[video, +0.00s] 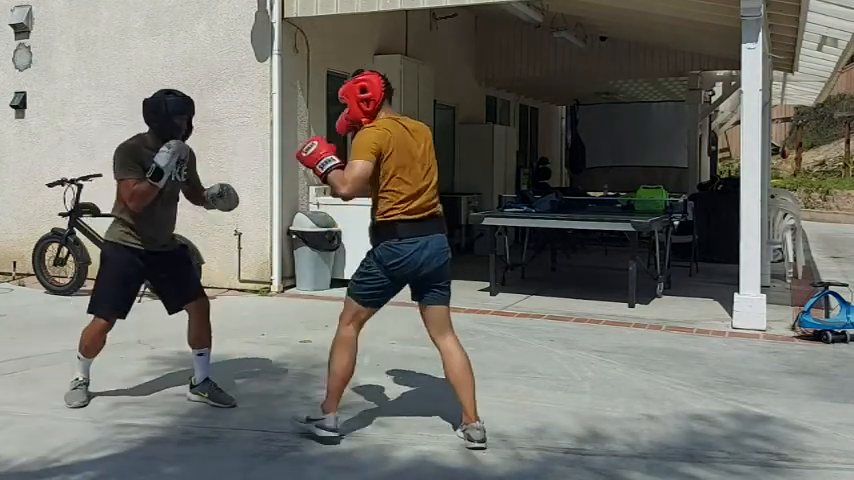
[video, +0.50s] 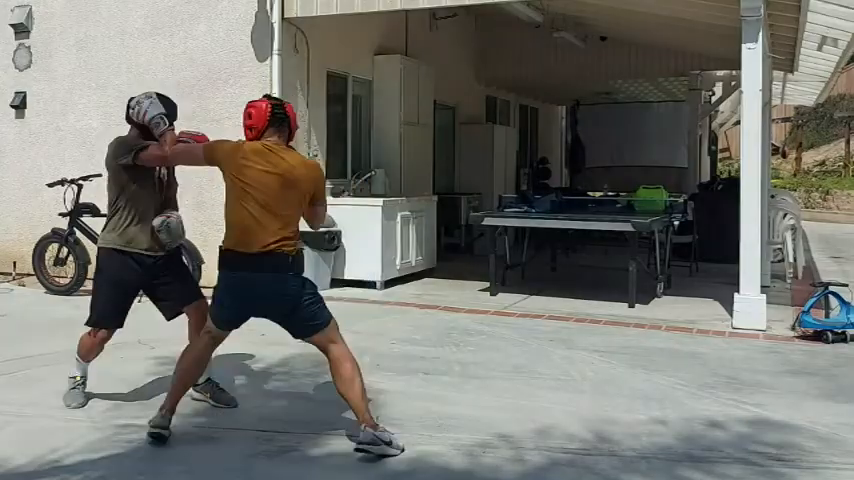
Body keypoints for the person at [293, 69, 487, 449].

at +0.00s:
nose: (347, 112)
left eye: (348, 105)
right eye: (346, 105)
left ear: (363, 104)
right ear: (385, 101)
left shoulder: (371, 134)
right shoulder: (421, 129)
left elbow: (347, 187)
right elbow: (379, 180)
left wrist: (324, 163)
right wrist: (354, 141)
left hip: (395, 246)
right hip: (436, 242)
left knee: (349, 324)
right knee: (445, 334)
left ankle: (329, 416)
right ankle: (472, 422)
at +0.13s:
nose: (334, 126)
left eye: (334, 120)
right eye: (333, 120)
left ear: (347, 116)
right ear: (371, 113)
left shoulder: (350, 147)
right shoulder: (402, 145)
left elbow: (306, 190)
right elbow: (353, 190)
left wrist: (302, 152)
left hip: (369, 266)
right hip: (412, 261)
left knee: (312, 328)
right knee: (432, 343)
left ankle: (291, 419)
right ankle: (472, 422)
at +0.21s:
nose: (313, 123)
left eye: (315, 117)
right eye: (314, 116)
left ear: (328, 117)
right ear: (355, 117)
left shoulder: (324, 146)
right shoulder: (386, 147)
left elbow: (269, 178)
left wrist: (283, 150)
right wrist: (306, 147)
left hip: (346, 265)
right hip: (391, 260)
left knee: (289, 326)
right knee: (421, 338)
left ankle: (265, 411)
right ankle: (470, 416)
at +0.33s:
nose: (273, 129)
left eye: (277, 124)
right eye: (321, 124)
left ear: (283, 126)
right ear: (318, 126)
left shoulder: (267, 153)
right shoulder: (344, 159)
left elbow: (214, 149)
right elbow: (357, 199)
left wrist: (188, 132)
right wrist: (328, 167)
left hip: (297, 274)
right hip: (346, 269)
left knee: (254, 340)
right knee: (384, 329)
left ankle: (223, 420)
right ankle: (413, 408)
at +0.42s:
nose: (256, 130)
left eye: (259, 125)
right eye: (258, 126)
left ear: (265, 127)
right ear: (299, 127)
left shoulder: (244, 154)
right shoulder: (322, 163)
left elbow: (188, 163)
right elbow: (338, 210)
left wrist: (206, 141)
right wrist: (314, 183)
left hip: (262, 277)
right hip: (311, 277)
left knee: (223, 331)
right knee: (355, 342)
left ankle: (202, 408)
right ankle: (368, 429)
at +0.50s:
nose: (247, 130)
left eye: (250, 125)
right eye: (294, 127)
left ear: (255, 128)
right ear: (290, 129)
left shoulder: (231, 152)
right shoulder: (309, 169)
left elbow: (175, 154)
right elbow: (318, 219)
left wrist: (173, 138)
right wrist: (297, 191)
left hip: (234, 276)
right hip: (283, 278)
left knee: (208, 337)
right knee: (334, 344)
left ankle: (165, 413)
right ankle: (368, 425)